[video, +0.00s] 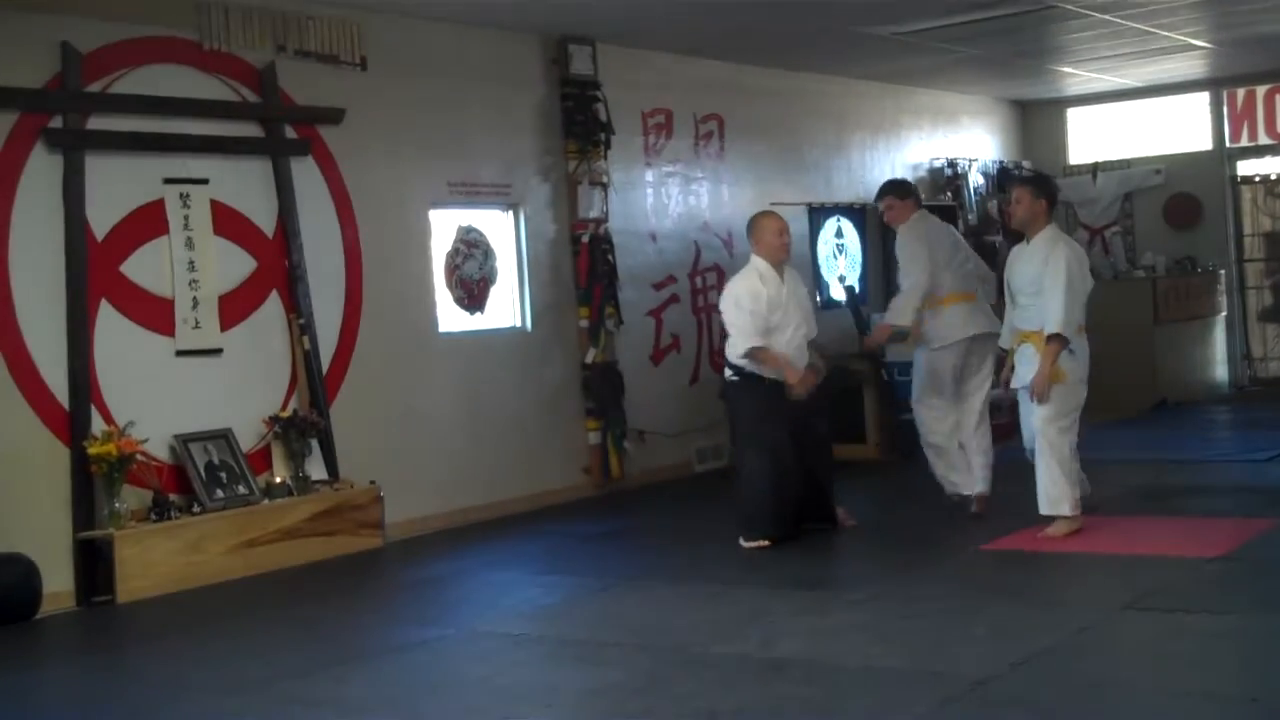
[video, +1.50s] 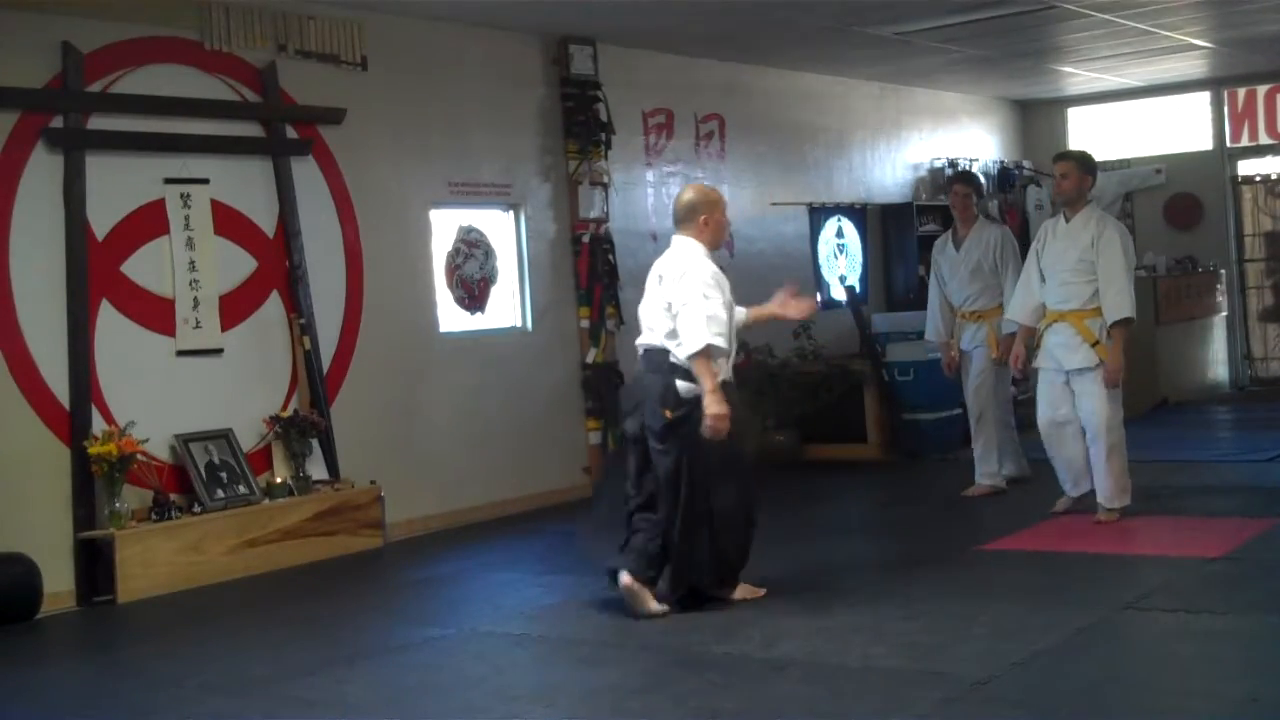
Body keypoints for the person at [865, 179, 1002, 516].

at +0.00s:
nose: (887, 217)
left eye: (890, 208)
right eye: (883, 211)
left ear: (910, 202)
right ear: (916, 205)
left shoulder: (911, 233)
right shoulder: (947, 230)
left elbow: (916, 282)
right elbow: (985, 274)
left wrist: (887, 326)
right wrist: (980, 311)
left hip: (945, 330)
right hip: (982, 326)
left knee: (930, 405)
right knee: (974, 407)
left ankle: (960, 484)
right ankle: (979, 488)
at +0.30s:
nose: (911, 217)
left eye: (918, 210)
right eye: (909, 211)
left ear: (937, 211)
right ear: (911, 213)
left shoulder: (954, 242)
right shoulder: (935, 245)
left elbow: (969, 292)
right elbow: (927, 297)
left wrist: (963, 341)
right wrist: (904, 339)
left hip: (968, 338)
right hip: (975, 338)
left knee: (952, 419)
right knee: (993, 415)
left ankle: (985, 484)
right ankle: (1052, 458)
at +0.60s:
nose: (945, 212)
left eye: (951, 204)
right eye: (941, 206)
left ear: (966, 205)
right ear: (937, 210)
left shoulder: (990, 239)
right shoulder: (944, 252)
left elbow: (999, 290)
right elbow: (940, 301)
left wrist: (989, 339)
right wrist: (931, 343)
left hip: (995, 330)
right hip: (971, 332)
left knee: (969, 405)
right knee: (995, 401)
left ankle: (984, 480)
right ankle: (1014, 466)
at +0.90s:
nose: (964, 202)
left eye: (970, 196)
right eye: (959, 197)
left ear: (981, 197)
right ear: (951, 201)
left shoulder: (1005, 233)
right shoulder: (949, 245)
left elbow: (1019, 285)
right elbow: (948, 298)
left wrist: (1016, 332)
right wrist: (961, 343)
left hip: (998, 323)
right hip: (969, 324)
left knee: (990, 399)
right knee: (986, 400)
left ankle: (989, 476)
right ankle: (1015, 464)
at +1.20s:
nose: (965, 201)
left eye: (971, 194)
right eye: (960, 195)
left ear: (984, 197)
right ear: (953, 200)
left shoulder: (1006, 233)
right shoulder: (950, 243)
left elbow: (1022, 285)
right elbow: (945, 293)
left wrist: (1019, 333)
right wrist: (951, 339)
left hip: (997, 323)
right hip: (967, 324)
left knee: (994, 400)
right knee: (982, 402)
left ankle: (991, 476)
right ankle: (1015, 464)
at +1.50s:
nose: (961, 202)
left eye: (967, 196)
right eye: (955, 196)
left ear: (978, 199)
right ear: (948, 201)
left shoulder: (998, 235)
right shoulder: (942, 246)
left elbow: (1014, 285)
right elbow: (939, 298)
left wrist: (1010, 332)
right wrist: (946, 343)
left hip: (992, 326)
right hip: (964, 327)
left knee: (979, 400)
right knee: (989, 398)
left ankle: (989, 476)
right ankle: (1014, 464)